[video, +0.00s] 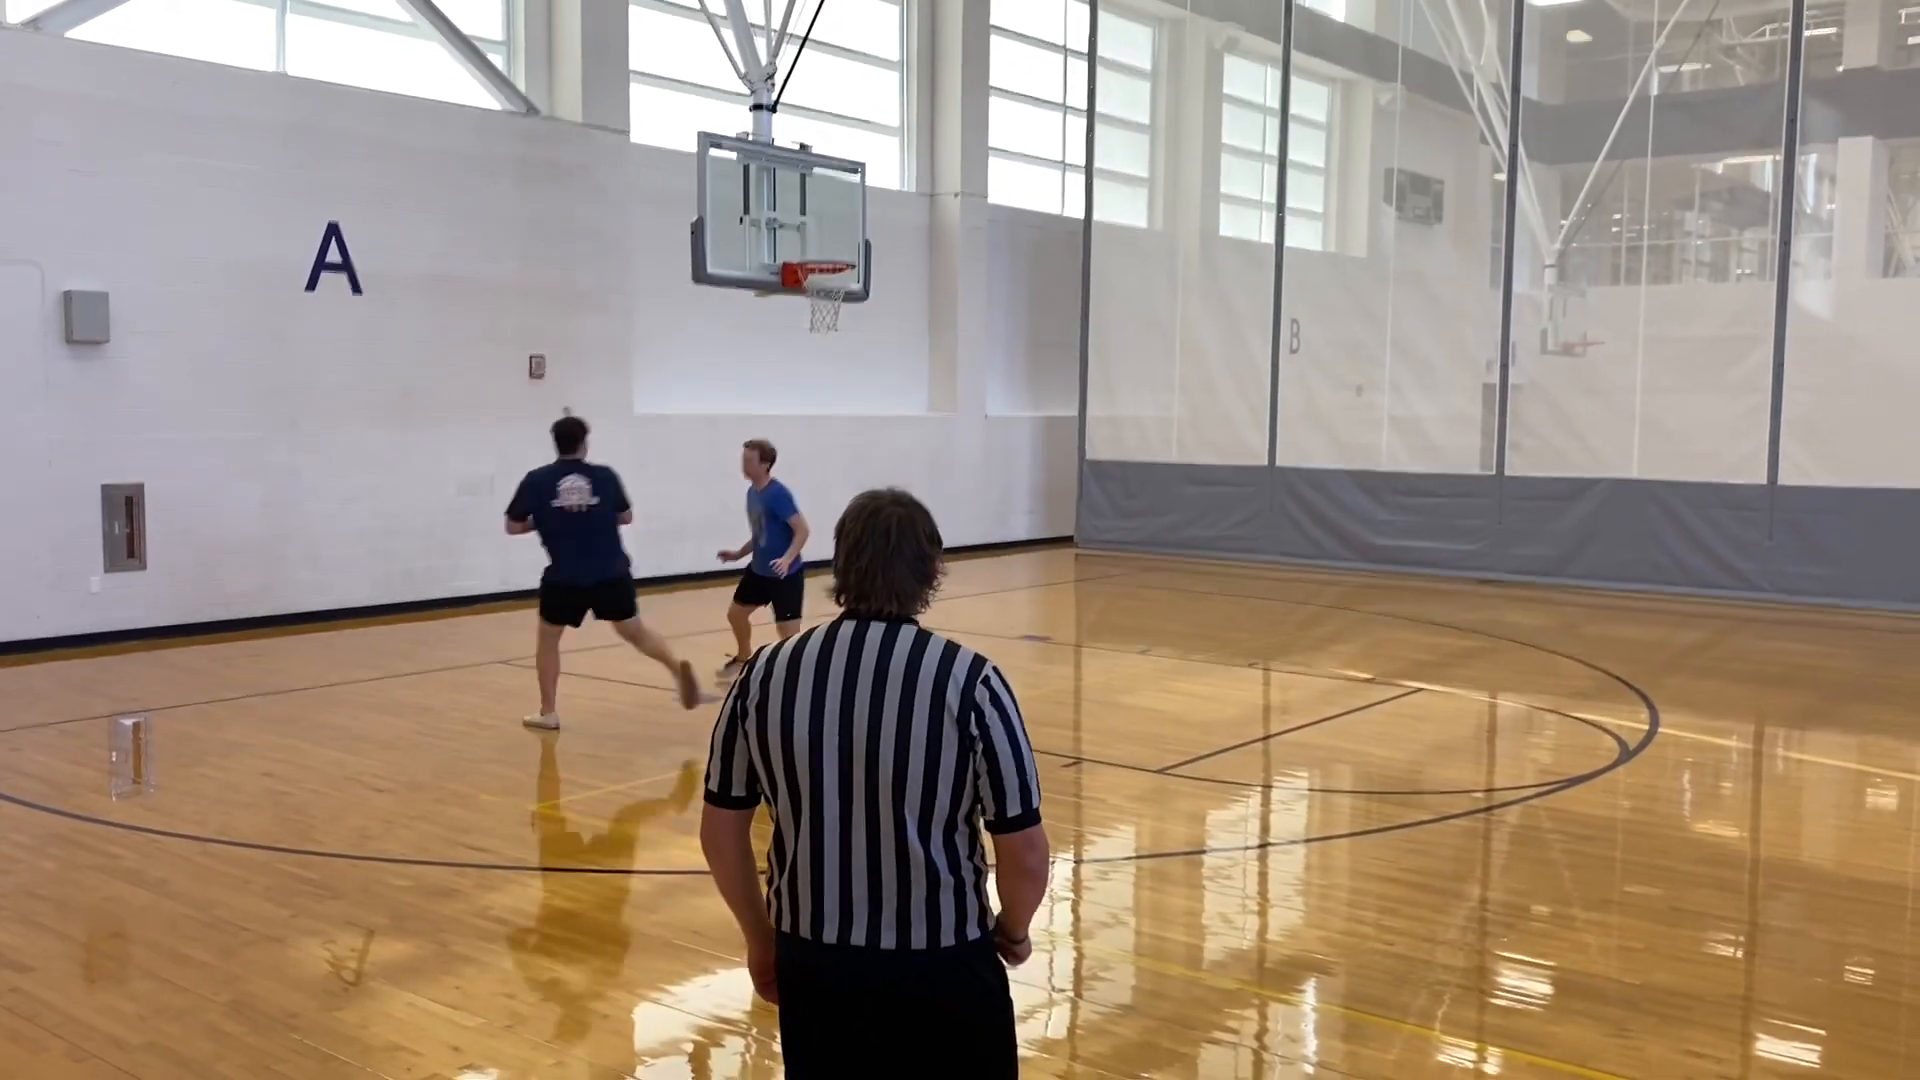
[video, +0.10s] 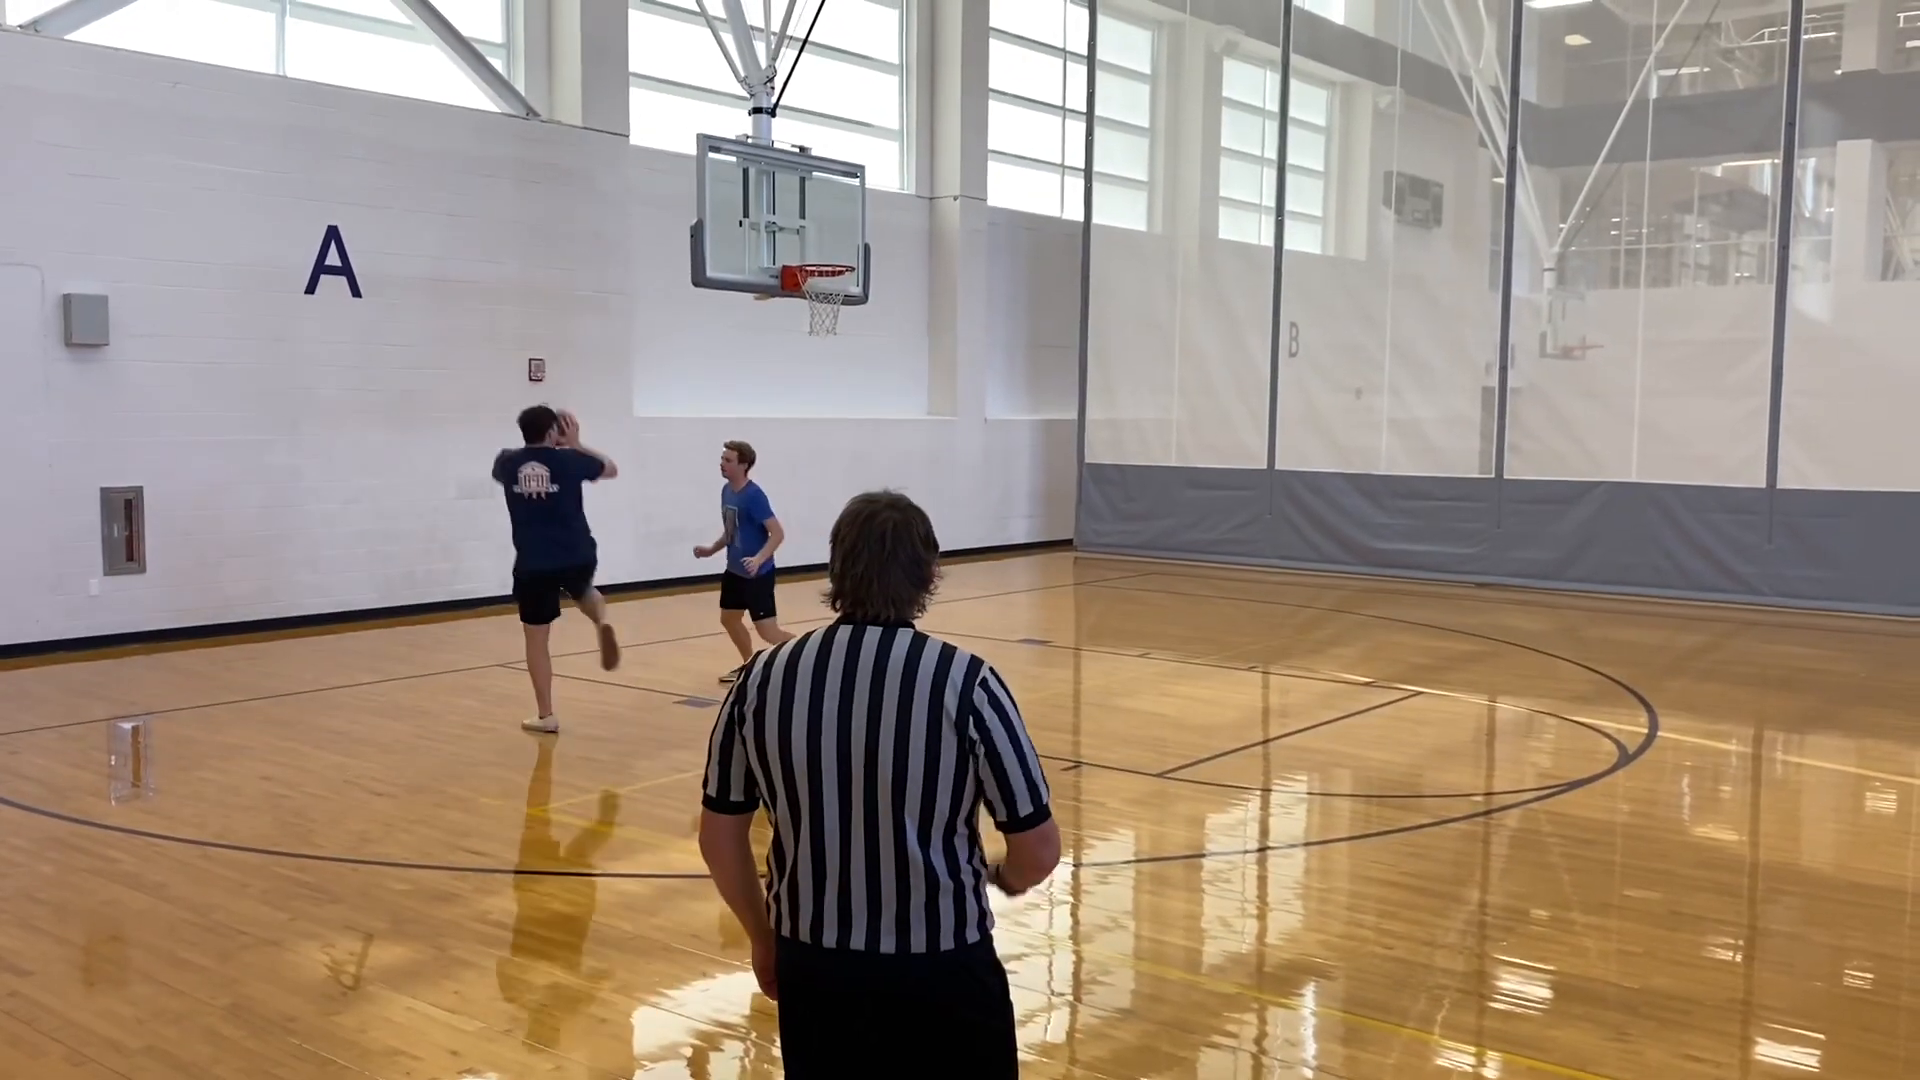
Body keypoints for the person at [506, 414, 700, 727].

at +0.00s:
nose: (587, 445)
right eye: (586, 441)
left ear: (556, 444)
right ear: (585, 443)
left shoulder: (537, 480)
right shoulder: (604, 475)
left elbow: (513, 526)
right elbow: (625, 516)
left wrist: (546, 518)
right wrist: (591, 515)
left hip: (565, 578)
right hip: (611, 574)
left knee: (548, 640)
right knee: (635, 630)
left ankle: (548, 713)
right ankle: (677, 666)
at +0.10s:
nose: (560, 432)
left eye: (558, 428)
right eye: (558, 428)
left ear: (524, 434)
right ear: (552, 433)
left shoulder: (508, 461)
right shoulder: (568, 459)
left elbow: (499, 468)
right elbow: (610, 470)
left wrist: (540, 448)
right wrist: (577, 445)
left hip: (534, 564)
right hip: (577, 556)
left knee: (536, 641)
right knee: (584, 591)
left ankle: (546, 716)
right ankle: (602, 624)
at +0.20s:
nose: (537, 410)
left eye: (533, 405)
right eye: (534, 404)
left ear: (501, 407)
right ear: (529, 407)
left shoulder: (486, 430)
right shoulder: (544, 433)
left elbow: (499, 411)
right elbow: (590, 421)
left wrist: (522, 386)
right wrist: (560, 391)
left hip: (507, 536)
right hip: (548, 528)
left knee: (522, 618)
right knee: (543, 555)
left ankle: (531, 693)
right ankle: (547, 606)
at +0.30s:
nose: (511, 393)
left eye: (508, 387)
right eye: (509, 388)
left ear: (478, 393)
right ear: (503, 392)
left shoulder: (462, 414)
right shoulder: (522, 417)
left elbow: (481, 388)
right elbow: (569, 401)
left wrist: (504, 361)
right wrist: (541, 371)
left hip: (481, 520)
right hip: (522, 518)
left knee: (490, 599)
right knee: (503, 558)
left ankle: (511, 663)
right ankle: (506, 625)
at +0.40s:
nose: (488, 391)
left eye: (485, 387)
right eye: (485, 387)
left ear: (454, 391)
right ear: (479, 392)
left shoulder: (439, 412)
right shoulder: (497, 415)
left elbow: (458, 382)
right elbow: (542, 389)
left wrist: (482, 353)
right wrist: (530, 343)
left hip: (453, 519)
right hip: (494, 517)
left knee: (459, 595)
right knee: (477, 578)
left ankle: (475, 664)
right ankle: (475, 650)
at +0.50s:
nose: (463, 406)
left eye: (460, 403)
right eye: (461, 403)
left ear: (430, 408)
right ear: (456, 409)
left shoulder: (415, 429)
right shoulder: (473, 432)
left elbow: (432, 401)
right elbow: (516, 407)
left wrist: (457, 374)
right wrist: (515, 367)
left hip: (428, 532)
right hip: (468, 531)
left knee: (430, 606)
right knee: (454, 597)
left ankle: (431, 680)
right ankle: (453, 668)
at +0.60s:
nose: (437, 438)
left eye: (434, 434)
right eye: (435, 435)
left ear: (404, 439)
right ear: (430, 440)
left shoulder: (390, 464)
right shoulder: (449, 465)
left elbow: (394, 442)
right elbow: (504, 467)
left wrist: (418, 421)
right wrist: (509, 425)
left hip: (402, 560)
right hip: (442, 559)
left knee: (401, 627)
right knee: (428, 622)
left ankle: (417, 697)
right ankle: (446, 690)